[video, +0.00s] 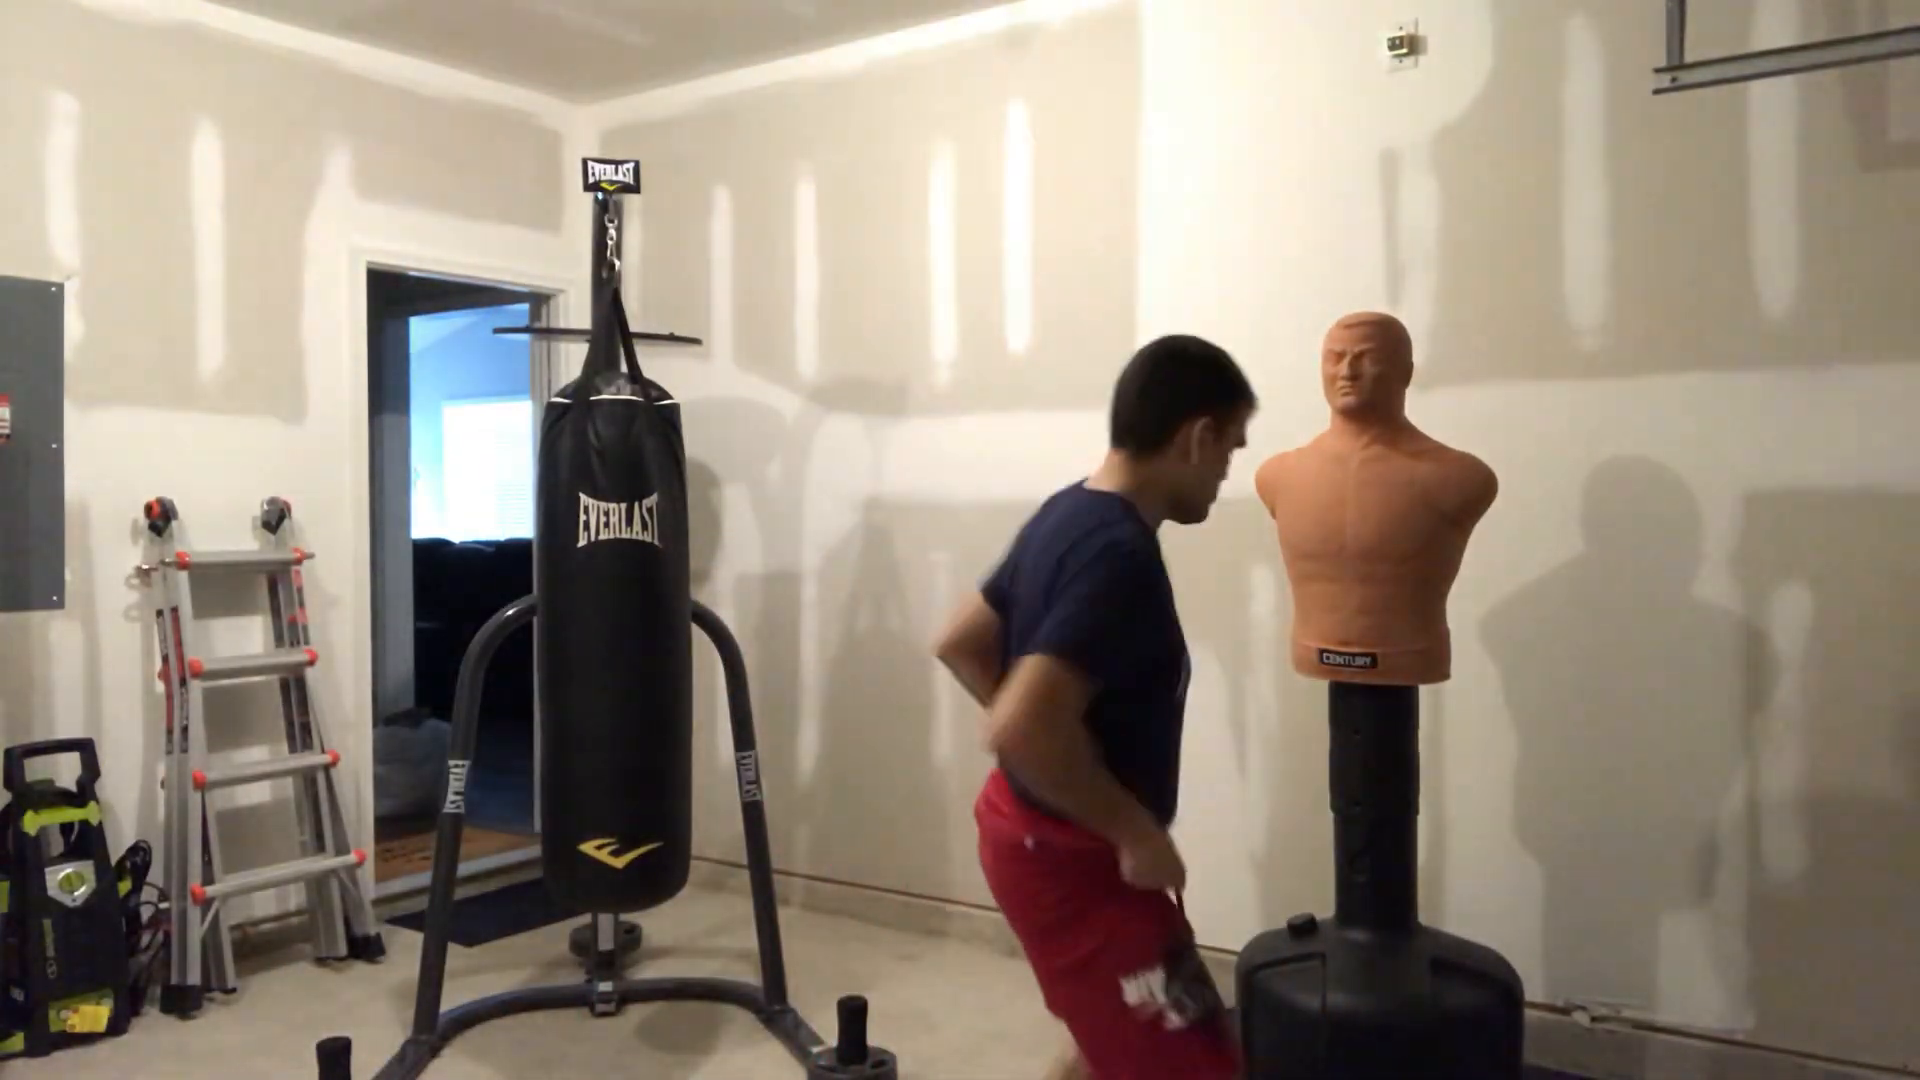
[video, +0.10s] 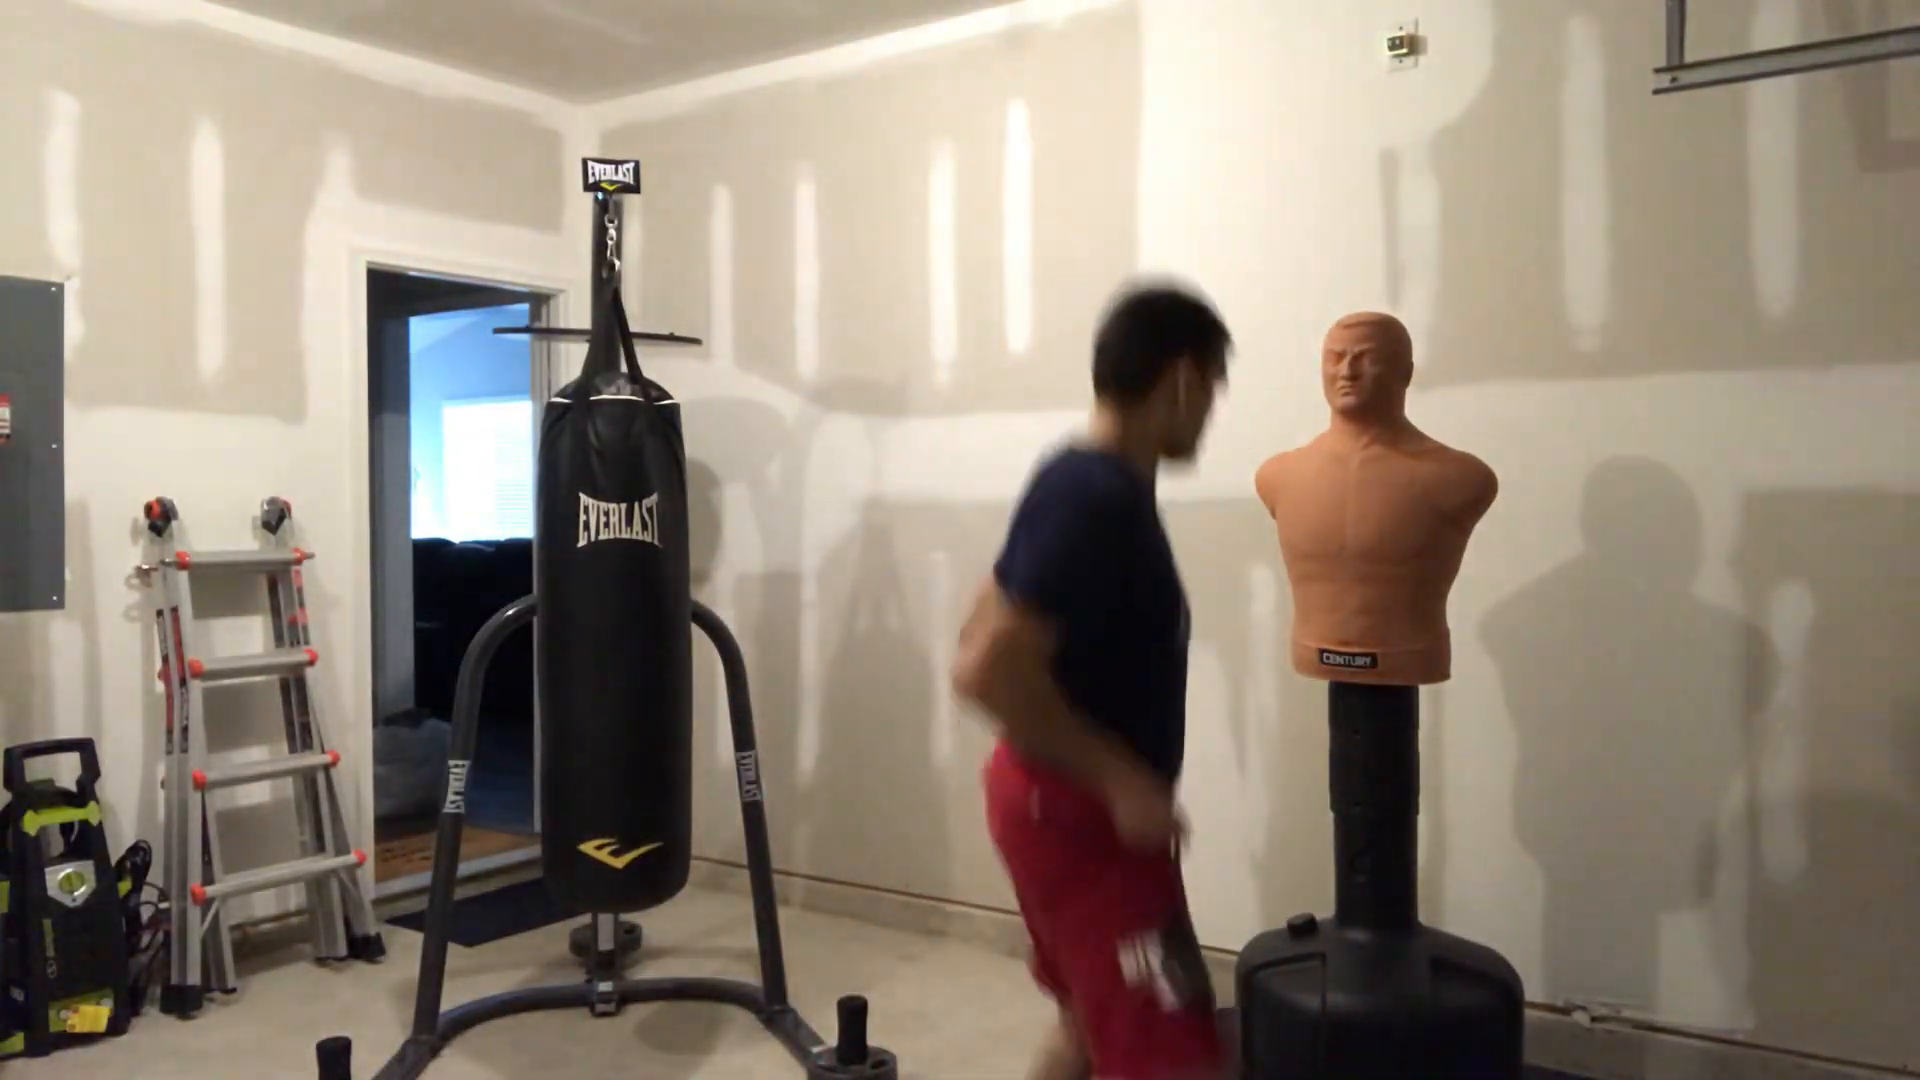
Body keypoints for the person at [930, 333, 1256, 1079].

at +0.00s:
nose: (1231, 469)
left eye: (1236, 448)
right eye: (1232, 445)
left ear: (1135, 425)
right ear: (1196, 436)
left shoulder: (1069, 511)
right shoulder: (1118, 546)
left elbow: (963, 645)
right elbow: (1027, 729)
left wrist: (1044, 737)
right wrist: (1134, 831)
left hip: (1031, 833)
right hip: (1076, 855)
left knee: (1114, 1045)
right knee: (1189, 1060)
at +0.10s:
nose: (1213, 404)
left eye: (1215, 383)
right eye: (1210, 380)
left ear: (1122, 373)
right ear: (1177, 379)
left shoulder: (1082, 476)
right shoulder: (1093, 490)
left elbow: (978, 652)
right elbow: (992, 668)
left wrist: (1110, 753)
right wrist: (1122, 777)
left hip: (1061, 795)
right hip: (1075, 804)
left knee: (1089, 1026)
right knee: (1165, 1050)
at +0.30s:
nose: (1180, 337)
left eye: (1179, 317)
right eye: (1177, 316)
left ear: (1082, 315)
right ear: (1145, 315)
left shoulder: (1053, 407)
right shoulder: (1080, 422)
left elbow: (1014, 559)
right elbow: (1008, 587)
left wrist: (1163, 602)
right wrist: (1164, 656)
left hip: (1063, 723)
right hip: (1078, 733)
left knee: (1074, 995)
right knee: (1135, 1025)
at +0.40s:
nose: (1165, 397)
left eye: (1161, 377)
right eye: (1157, 377)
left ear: (1069, 386)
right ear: (1126, 382)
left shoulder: (1050, 480)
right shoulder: (1072, 492)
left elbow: (1062, 612)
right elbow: (1047, 677)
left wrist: (1169, 606)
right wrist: (1213, 686)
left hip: (1055, 776)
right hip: (1070, 789)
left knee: (1083, 1034)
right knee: (1116, 1042)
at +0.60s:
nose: (1156, 379)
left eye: (1156, 357)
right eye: (1154, 356)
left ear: (1051, 361)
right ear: (1126, 354)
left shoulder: (1030, 470)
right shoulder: (1078, 479)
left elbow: (1056, 612)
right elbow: (1128, 685)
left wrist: (1169, 572)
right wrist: (1269, 593)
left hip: (1020, 806)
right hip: (1052, 819)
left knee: (1088, 1052)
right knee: (1101, 1058)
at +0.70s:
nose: (1153, 331)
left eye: (1153, 308)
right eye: (1151, 307)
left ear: (1047, 306)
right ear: (1119, 303)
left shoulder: (1017, 401)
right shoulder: (1084, 404)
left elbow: (1073, 566)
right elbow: (1173, 593)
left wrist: (1182, 492)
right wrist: (1260, 501)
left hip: (1008, 737)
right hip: (1047, 750)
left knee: (1057, 1030)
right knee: (1083, 1039)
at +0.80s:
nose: (1145, 339)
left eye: (1145, 316)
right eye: (1142, 315)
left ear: (1041, 318)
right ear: (1111, 314)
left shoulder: (1006, 408)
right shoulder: (1077, 420)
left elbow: (1074, 522)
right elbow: (1222, 577)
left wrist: (1172, 456)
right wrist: (1259, 488)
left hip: (1002, 752)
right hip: (1042, 768)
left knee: (1046, 1044)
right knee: (1069, 1051)